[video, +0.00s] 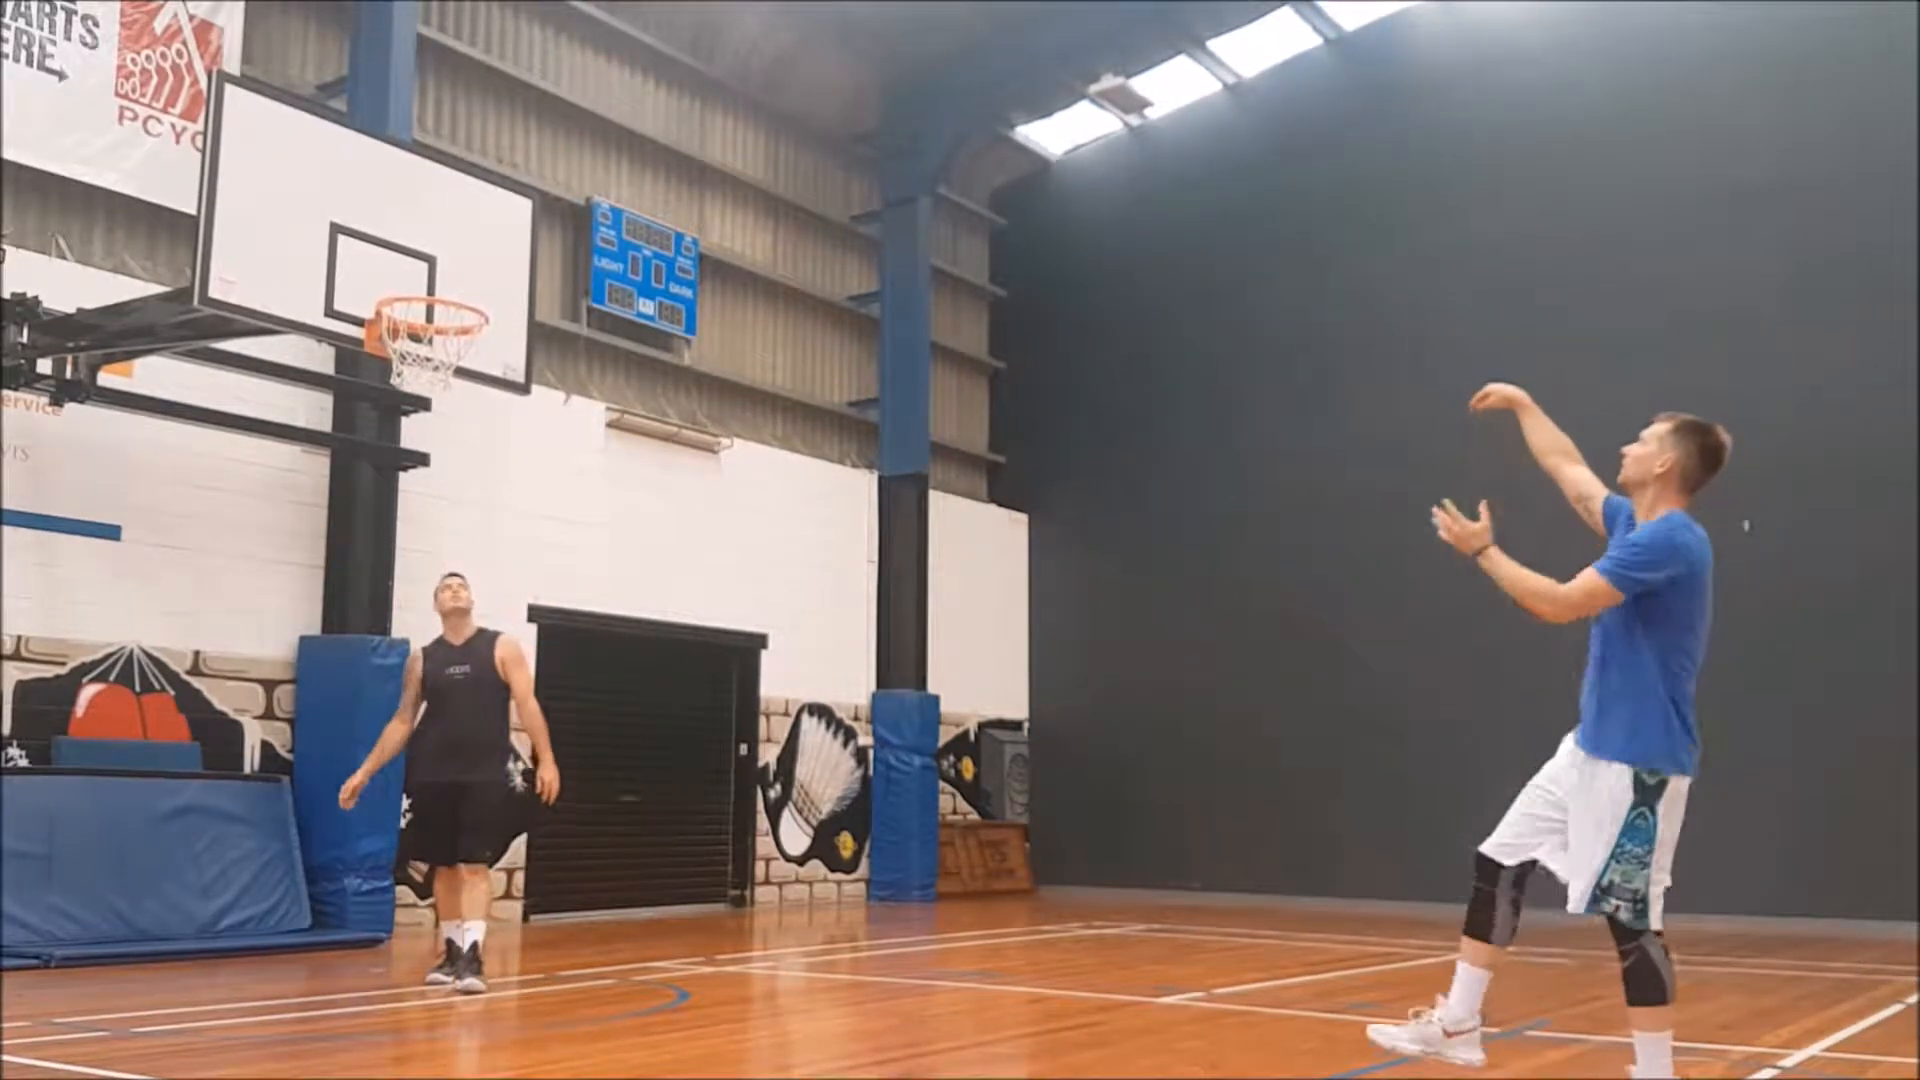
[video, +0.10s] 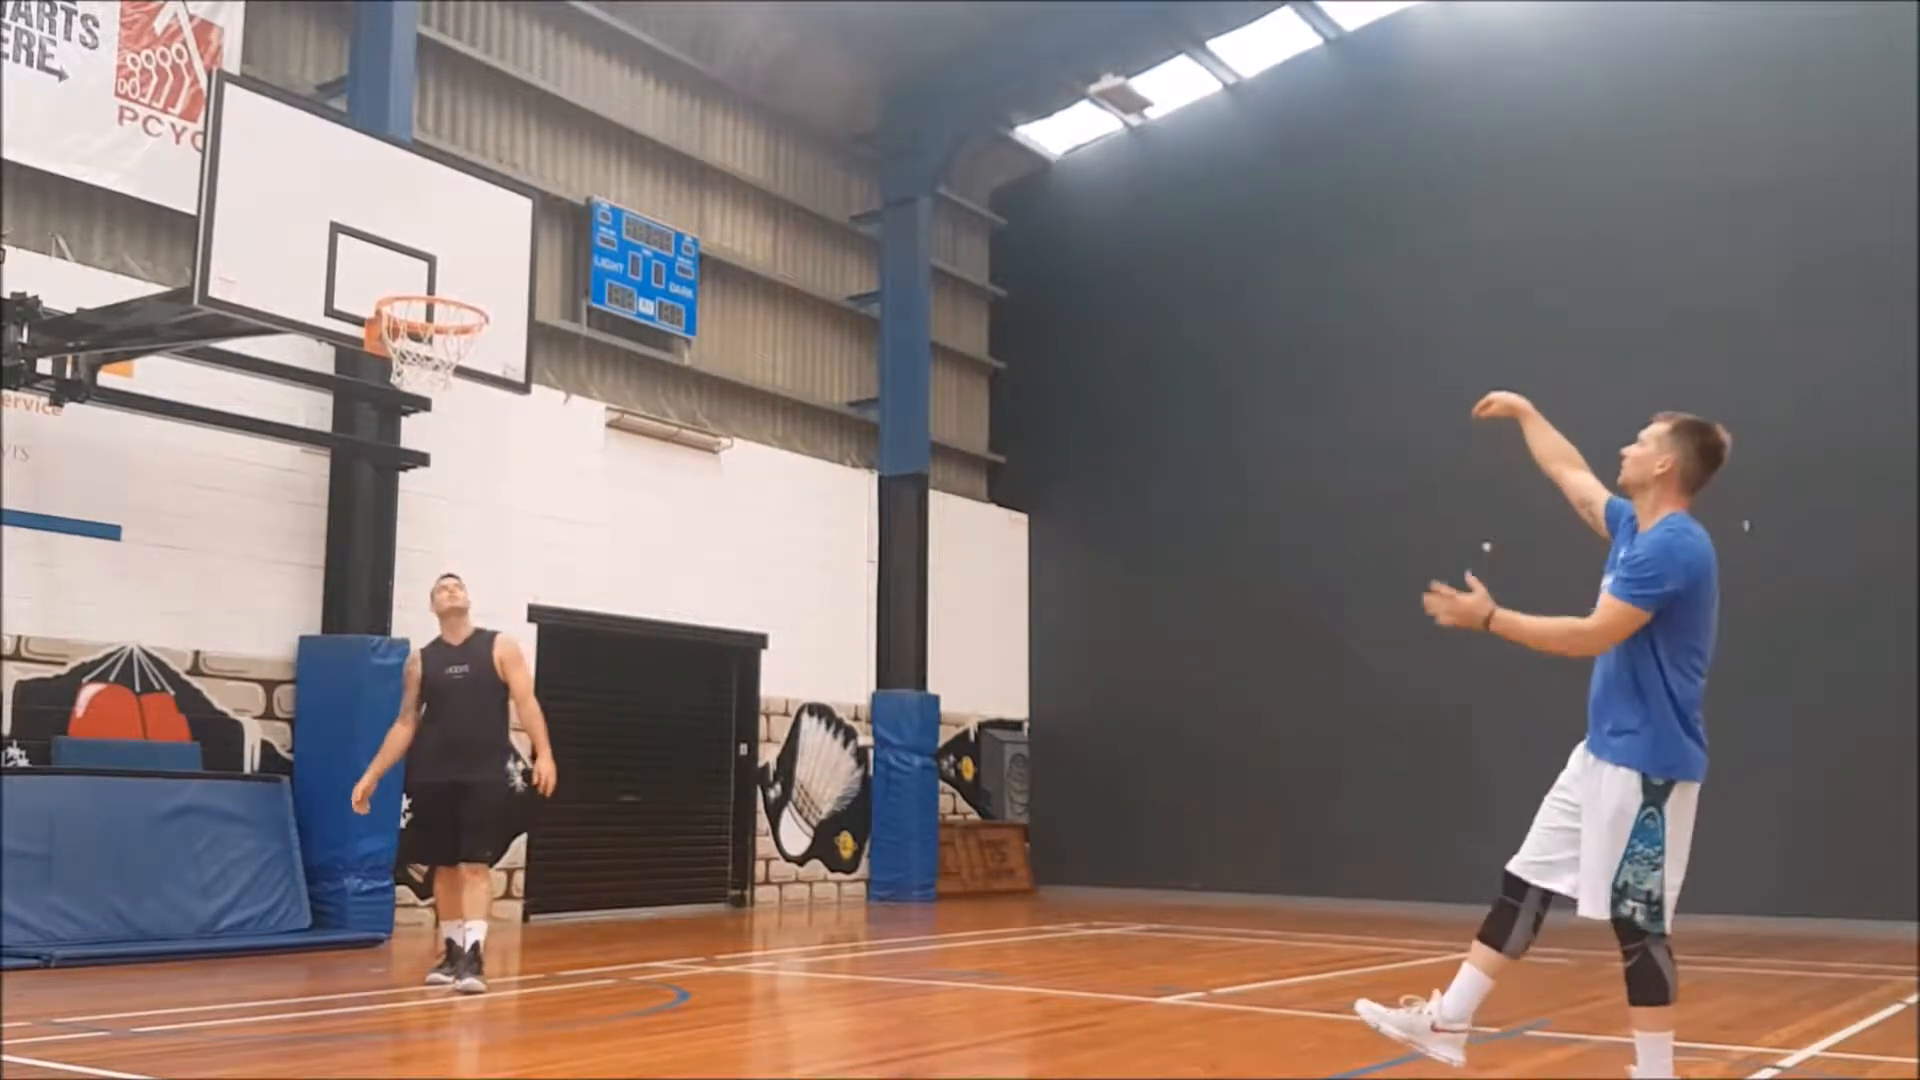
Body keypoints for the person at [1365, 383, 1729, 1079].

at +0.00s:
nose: (1628, 445)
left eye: (1644, 439)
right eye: (1639, 436)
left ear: (1669, 464)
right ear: (1665, 466)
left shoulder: (1673, 540)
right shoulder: (1629, 520)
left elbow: (1562, 603)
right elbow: (1570, 470)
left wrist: (1482, 551)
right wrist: (1523, 403)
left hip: (1642, 763)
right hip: (1588, 748)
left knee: (1631, 915)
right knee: (1500, 863)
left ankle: (1654, 1069)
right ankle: (1457, 1021)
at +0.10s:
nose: (1627, 449)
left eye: (1642, 443)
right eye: (1636, 440)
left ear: (1671, 468)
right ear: (1666, 468)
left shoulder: (1675, 544)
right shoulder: (1632, 523)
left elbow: (1591, 637)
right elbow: (1572, 473)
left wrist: (1489, 617)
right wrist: (1525, 410)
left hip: (1653, 765)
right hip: (1601, 752)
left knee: (1638, 918)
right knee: (1528, 880)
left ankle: (1655, 1069)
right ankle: (1446, 1020)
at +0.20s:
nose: (1628, 448)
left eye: (1644, 441)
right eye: (1638, 439)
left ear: (1673, 465)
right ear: (1669, 468)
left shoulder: (1676, 545)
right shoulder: (1634, 524)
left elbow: (1629, 656)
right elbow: (1576, 477)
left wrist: (1524, 693)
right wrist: (1527, 417)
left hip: (1660, 767)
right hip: (1609, 755)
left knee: (1646, 917)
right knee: (1549, 892)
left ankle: (1655, 1070)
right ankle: (1481, 1034)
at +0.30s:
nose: (1631, 451)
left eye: (1644, 443)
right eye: (1640, 441)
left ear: (1673, 464)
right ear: (1671, 466)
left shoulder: (1679, 546)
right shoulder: (1640, 526)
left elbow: (1659, 663)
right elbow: (1581, 480)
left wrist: (1603, 753)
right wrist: (1531, 423)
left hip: (1668, 767)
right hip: (1621, 758)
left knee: (1651, 920)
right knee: (1570, 898)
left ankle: (1656, 1069)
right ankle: (1558, 1055)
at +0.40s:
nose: (1639, 451)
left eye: (1653, 443)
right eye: (1647, 441)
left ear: (1681, 465)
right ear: (1677, 467)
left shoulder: (1685, 548)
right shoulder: (1644, 527)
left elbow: (1690, 665)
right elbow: (1586, 483)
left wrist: (1689, 772)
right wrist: (1536, 428)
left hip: (1669, 771)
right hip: (1625, 760)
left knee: (1650, 919)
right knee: (1595, 905)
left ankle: (1659, 1067)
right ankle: (1646, 1050)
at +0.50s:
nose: (1650, 450)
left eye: (1664, 444)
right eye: (1659, 442)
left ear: (1692, 469)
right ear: (1689, 472)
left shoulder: (1698, 546)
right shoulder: (1657, 531)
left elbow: (1727, 660)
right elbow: (1591, 487)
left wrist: (1738, 767)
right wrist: (1540, 432)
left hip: (1682, 771)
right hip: (1647, 763)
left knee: (1657, 924)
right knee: (1644, 918)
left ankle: (1654, 1071)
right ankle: (1748, 1055)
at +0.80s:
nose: (1691, 463)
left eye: (1703, 456)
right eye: (1698, 454)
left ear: (1735, 477)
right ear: (1735, 480)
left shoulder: (1743, 550)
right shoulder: (1719, 555)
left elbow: (1760, 661)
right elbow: (1635, 586)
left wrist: (1735, 765)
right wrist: (1594, 517)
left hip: (1739, 775)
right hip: (1752, 773)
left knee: (1695, 924)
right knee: (1761, 927)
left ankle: (1665, 1070)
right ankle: (1806, 1065)